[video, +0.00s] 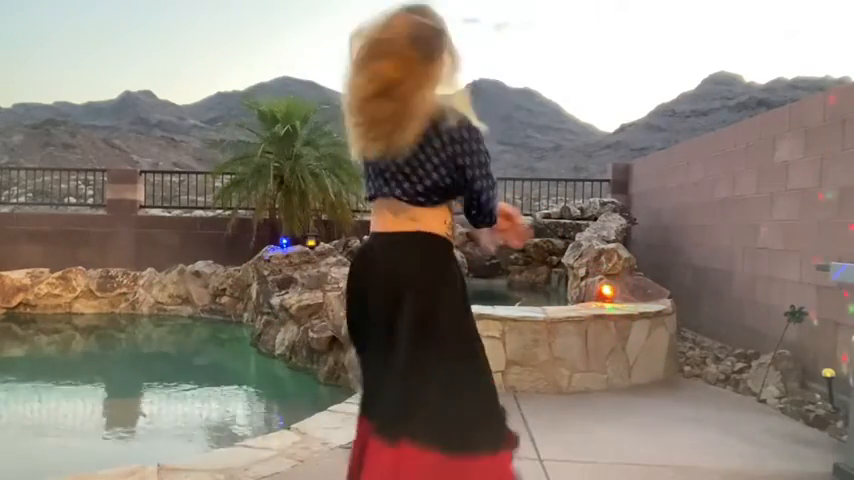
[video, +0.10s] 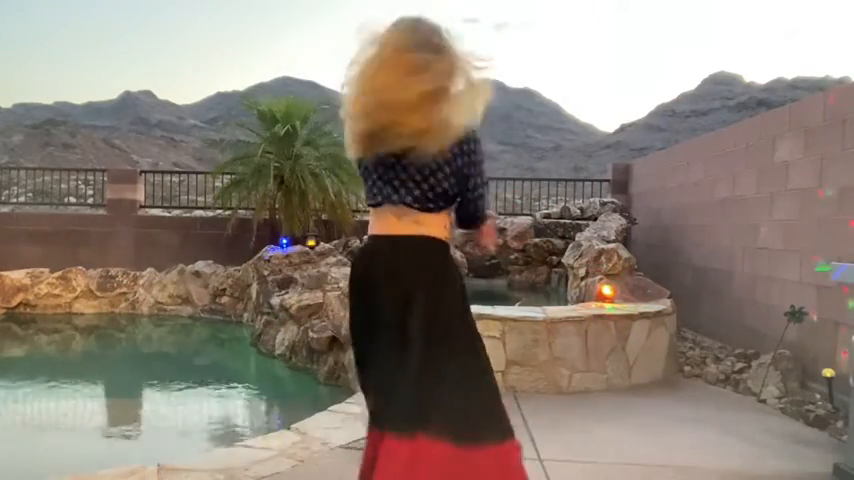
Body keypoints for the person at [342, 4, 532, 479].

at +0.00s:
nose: (450, 62)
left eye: (446, 54)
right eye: (446, 54)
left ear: (381, 58)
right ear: (439, 61)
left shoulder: (374, 119)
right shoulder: (455, 126)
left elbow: (417, 192)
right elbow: (482, 211)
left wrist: (491, 209)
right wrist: (503, 223)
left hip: (373, 262)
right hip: (428, 266)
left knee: (386, 394)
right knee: (457, 398)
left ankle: (388, 472)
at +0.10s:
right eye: (445, 64)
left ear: (381, 68)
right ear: (446, 71)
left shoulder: (369, 129)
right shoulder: (457, 133)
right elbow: (472, 213)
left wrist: (474, 223)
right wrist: (487, 235)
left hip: (372, 263)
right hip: (427, 266)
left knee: (387, 391)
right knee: (457, 390)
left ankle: (395, 469)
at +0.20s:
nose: (379, 76)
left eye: (384, 68)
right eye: (382, 66)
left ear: (396, 78)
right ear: (443, 81)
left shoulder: (370, 136)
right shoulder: (455, 141)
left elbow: (360, 190)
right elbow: (452, 210)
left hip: (369, 259)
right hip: (425, 261)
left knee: (380, 374)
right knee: (443, 375)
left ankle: (391, 464)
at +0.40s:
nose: (390, 79)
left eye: (402, 72)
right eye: (390, 70)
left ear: (427, 85)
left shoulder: (394, 131)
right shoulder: (425, 131)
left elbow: (342, 198)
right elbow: (406, 208)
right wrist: (357, 244)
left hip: (393, 255)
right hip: (419, 250)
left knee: (390, 365)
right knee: (442, 361)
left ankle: (385, 461)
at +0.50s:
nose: (392, 78)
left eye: (403, 73)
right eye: (390, 71)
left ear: (427, 85)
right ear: (387, 75)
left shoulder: (408, 131)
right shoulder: (407, 128)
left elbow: (369, 194)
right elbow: (385, 200)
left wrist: (315, 223)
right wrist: (360, 258)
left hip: (397, 255)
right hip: (402, 250)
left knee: (396, 364)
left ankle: (394, 460)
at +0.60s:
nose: (394, 78)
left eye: (404, 71)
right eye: (388, 70)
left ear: (420, 83)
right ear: (378, 78)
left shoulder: (414, 136)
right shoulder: (387, 130)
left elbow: (396, 208)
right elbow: (384, 197)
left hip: (404, 253)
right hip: (385, 249)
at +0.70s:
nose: (391, 76)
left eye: (400, 69)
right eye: (383, 69)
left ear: (414, 79)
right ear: (373, 78)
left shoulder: (417, 136)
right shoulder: (366, 132)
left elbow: (421, 209)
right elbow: (367, 196)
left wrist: (411, 280)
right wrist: (361, 248)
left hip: (403, 250)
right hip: (369, 249)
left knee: (395, 347)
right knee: (371, 343)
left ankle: (396, 453)